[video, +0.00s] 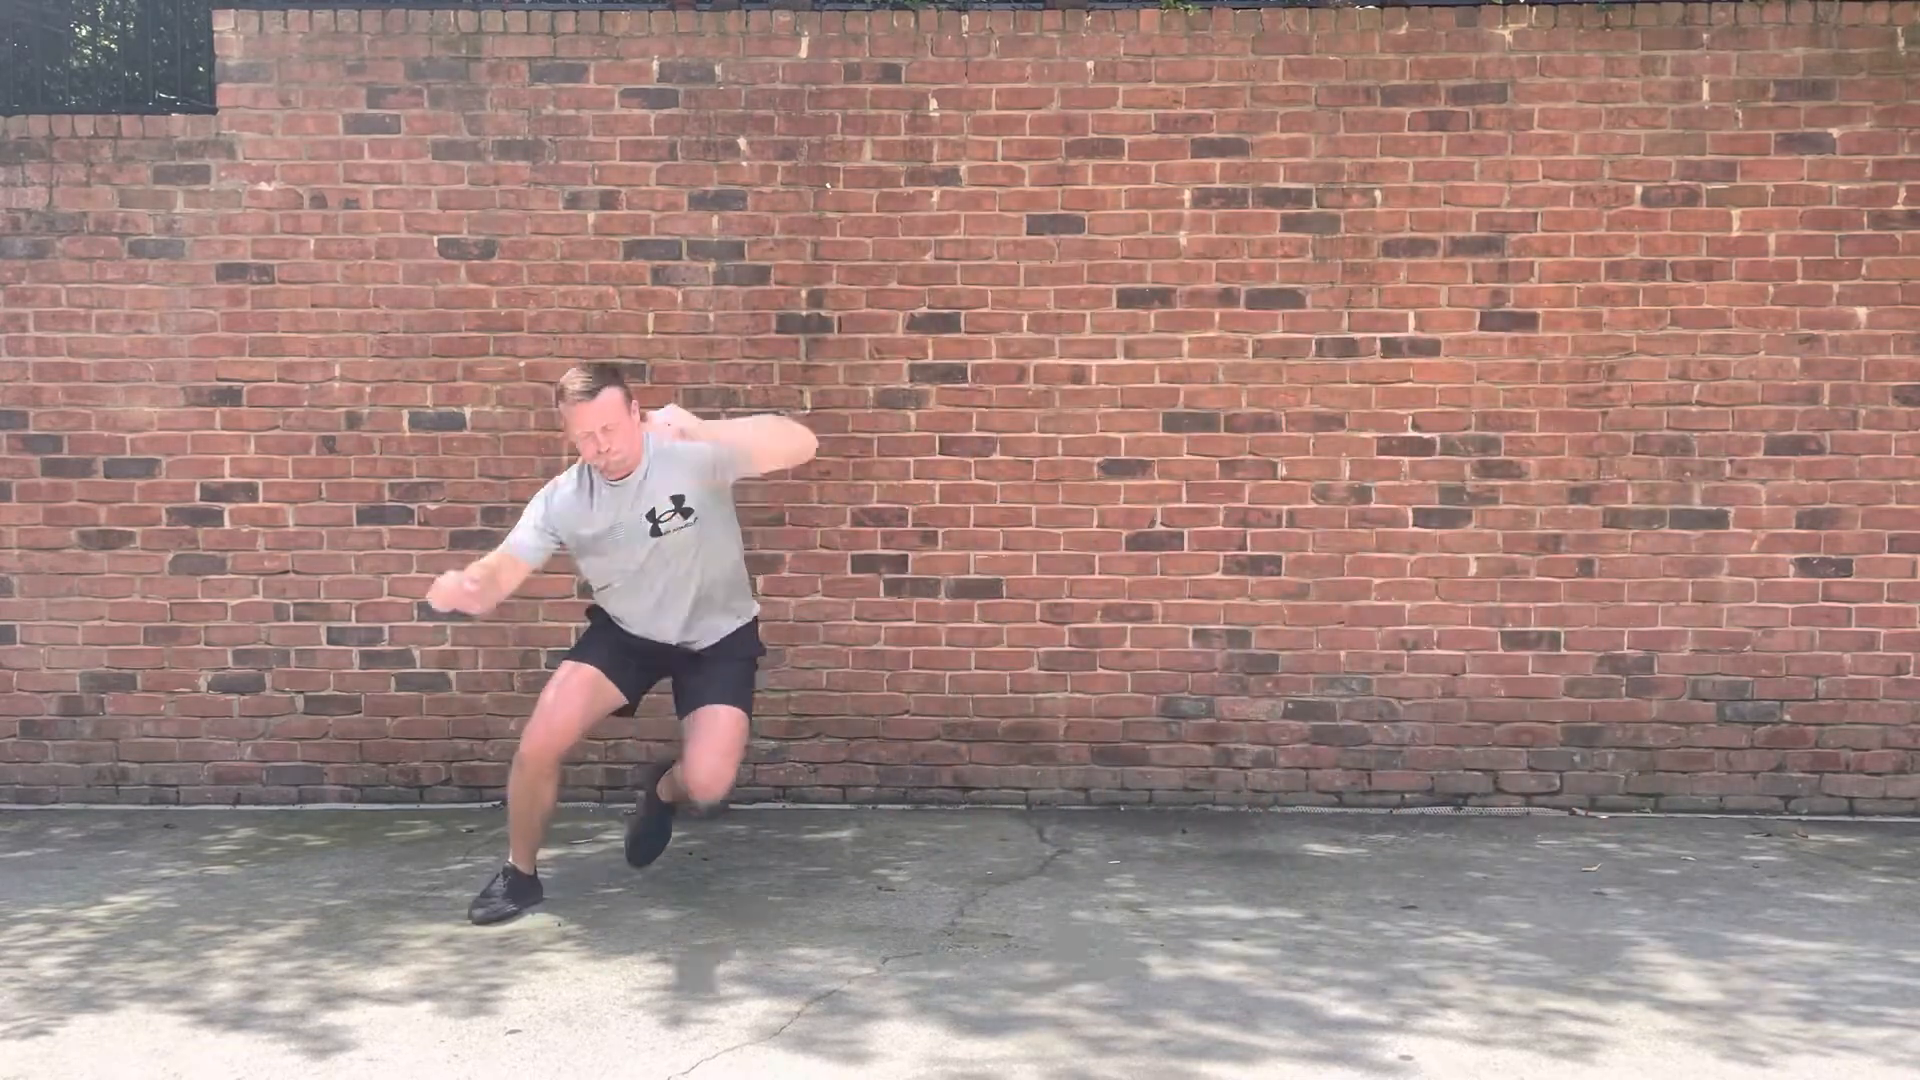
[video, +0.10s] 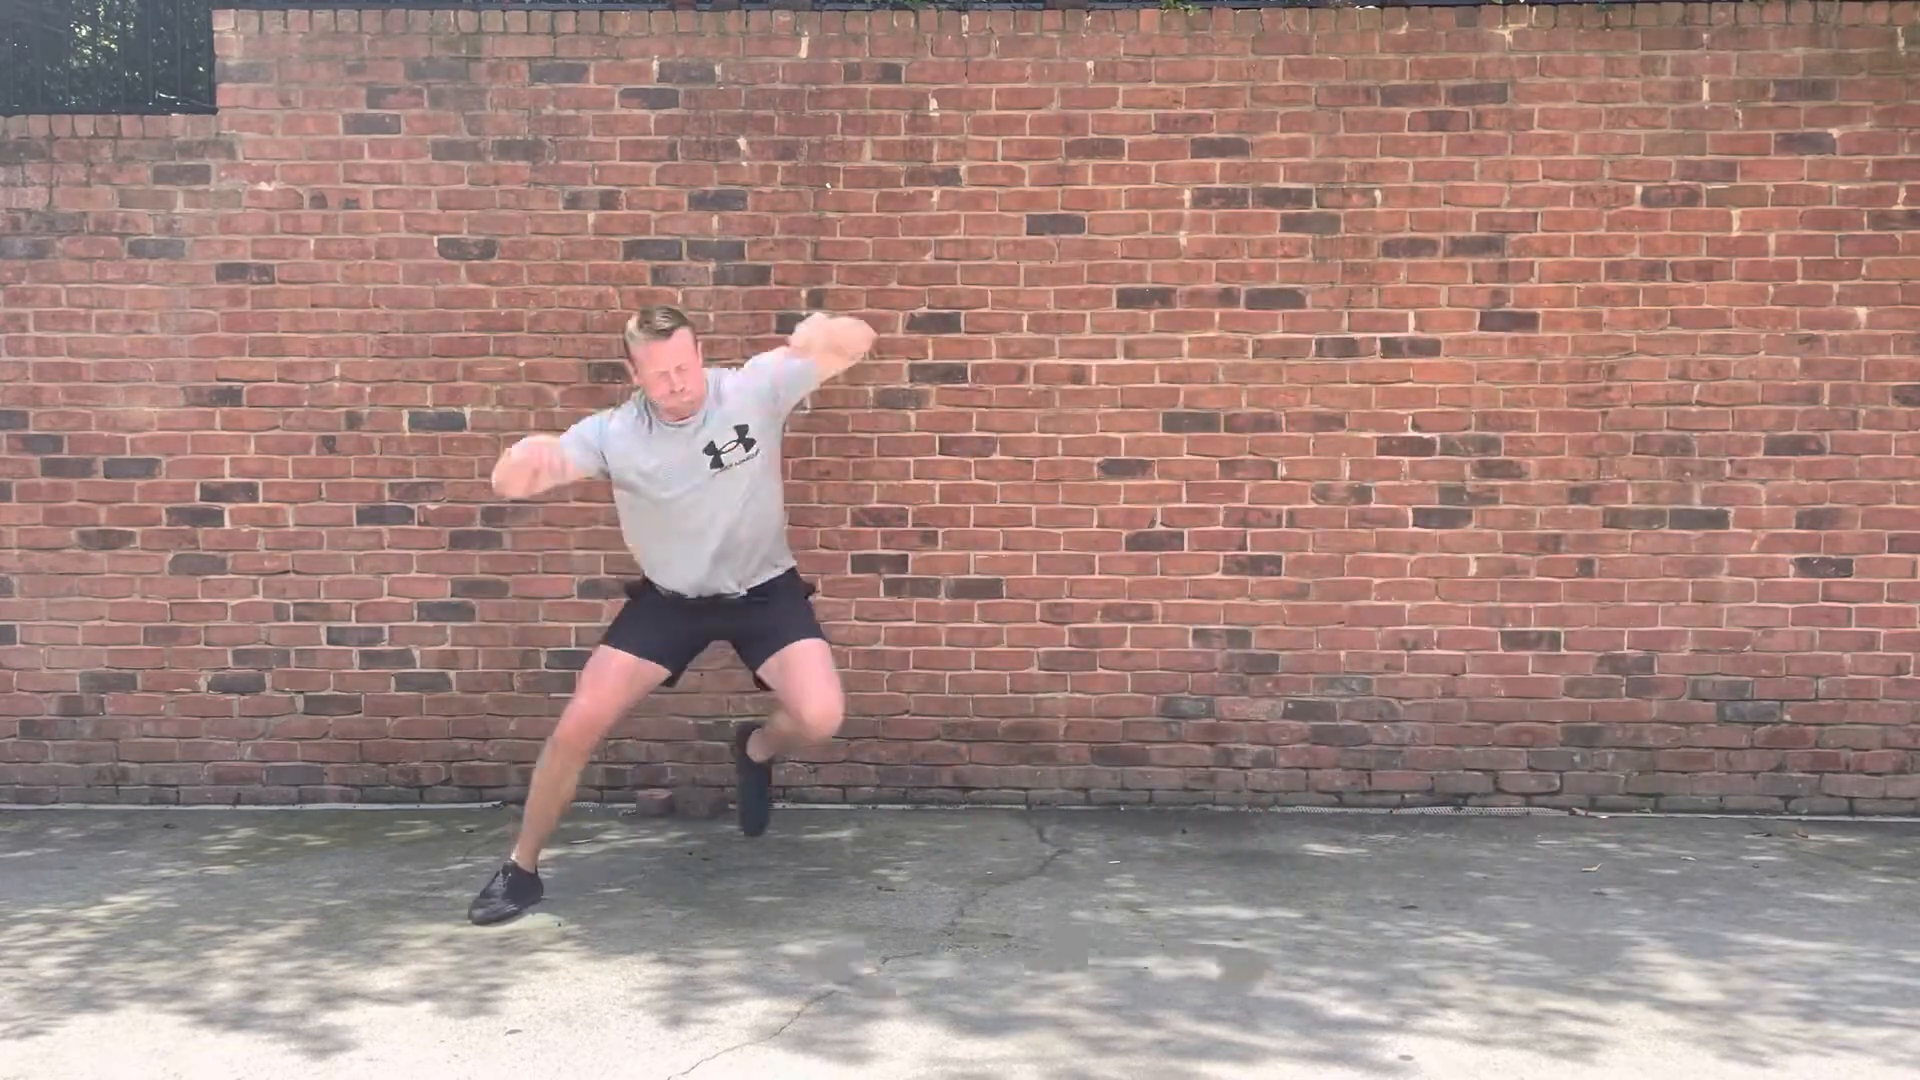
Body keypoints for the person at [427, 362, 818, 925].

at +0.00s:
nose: (601, 446)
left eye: (610, 428)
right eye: (585, 435)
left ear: (637, 415)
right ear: (570, 435)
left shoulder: (692, 457)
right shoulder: (560, 501)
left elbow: (800, 443)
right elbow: (501, 570)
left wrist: (701, 429)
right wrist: (468, 591)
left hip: (719, 632)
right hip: (626, 631)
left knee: (710, 784)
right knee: (541, 737)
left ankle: (664, 792)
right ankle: (520, 874)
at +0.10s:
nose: (676, 385)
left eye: (685, 369)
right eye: (660, 374)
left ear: (702, 356)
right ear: (636, 373)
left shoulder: (755, 389)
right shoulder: (612, 435)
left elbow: (857, 340)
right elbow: (515, 482)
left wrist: (821, 335)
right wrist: (524, 462)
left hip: (767, 592)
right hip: (669, 601)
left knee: (821, 717)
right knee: (581, 719)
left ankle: (756, 750)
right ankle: (521, 867)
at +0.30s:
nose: (831, 298)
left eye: (841, 281)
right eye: (815, 285)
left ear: (855, 272)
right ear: (787, 283)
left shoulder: (907, 331)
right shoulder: (759, 353)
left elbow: (989, 390)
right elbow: (693, 420)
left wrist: (1043, 480)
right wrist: (661, 485)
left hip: (902, 520)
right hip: (811, 530)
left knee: (937, 660)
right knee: (771, 682)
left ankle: (883, 712)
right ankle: (801, 814)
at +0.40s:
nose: (912, 319)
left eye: (921, 304)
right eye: (897, 307)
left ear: (934, 296)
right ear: (868, 305)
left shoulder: (979, 362)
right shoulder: (841, 380)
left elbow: (1015, 455)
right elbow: (781, 460)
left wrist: (1008, 551)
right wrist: (737, 535)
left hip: (969, 542)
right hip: (883, 551)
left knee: (991, 683)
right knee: (893, 708)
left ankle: (947, 763)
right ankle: (922, 848)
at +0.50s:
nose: (992, 349)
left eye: (999, 334)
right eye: (976, 337)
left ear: (1008, 330)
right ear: (942, 340)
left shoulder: (1046, 385)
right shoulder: (907, 421)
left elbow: (1098, 469)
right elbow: (850, 491)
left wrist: (1067, 501)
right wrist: (806, 538)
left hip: (1043, 564)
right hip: (956, 579)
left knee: (1107, 681)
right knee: (957, 730)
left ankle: (1044, 780)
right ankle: (941, 855)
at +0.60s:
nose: (1084, 318)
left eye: (1091, 304)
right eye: (1070, 306)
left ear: (1098, 299)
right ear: (1031, 304)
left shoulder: (1130, 351)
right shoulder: (992, 385)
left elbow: (1211, 406)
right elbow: (931, 457)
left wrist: (1203, 436)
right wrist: (917, 479)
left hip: (1130, 538)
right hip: (1037, 559)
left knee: (1234, 634)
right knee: (993, 706)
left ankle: (1176, 748)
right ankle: (944, 848)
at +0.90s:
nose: (1414, 342)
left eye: (1424, 328)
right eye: (1401, 326)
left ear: (1432, 320)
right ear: (1361, 315)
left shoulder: (1440, 369)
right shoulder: (1303, 371)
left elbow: (1458, 422)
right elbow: (1195, 418)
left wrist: (1499, 492)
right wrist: (1222, 436)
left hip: (1412, 557)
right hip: (1310, 562)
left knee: (1502, 690)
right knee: (1231, 708)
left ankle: (1587, 834)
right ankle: (1241, 746)